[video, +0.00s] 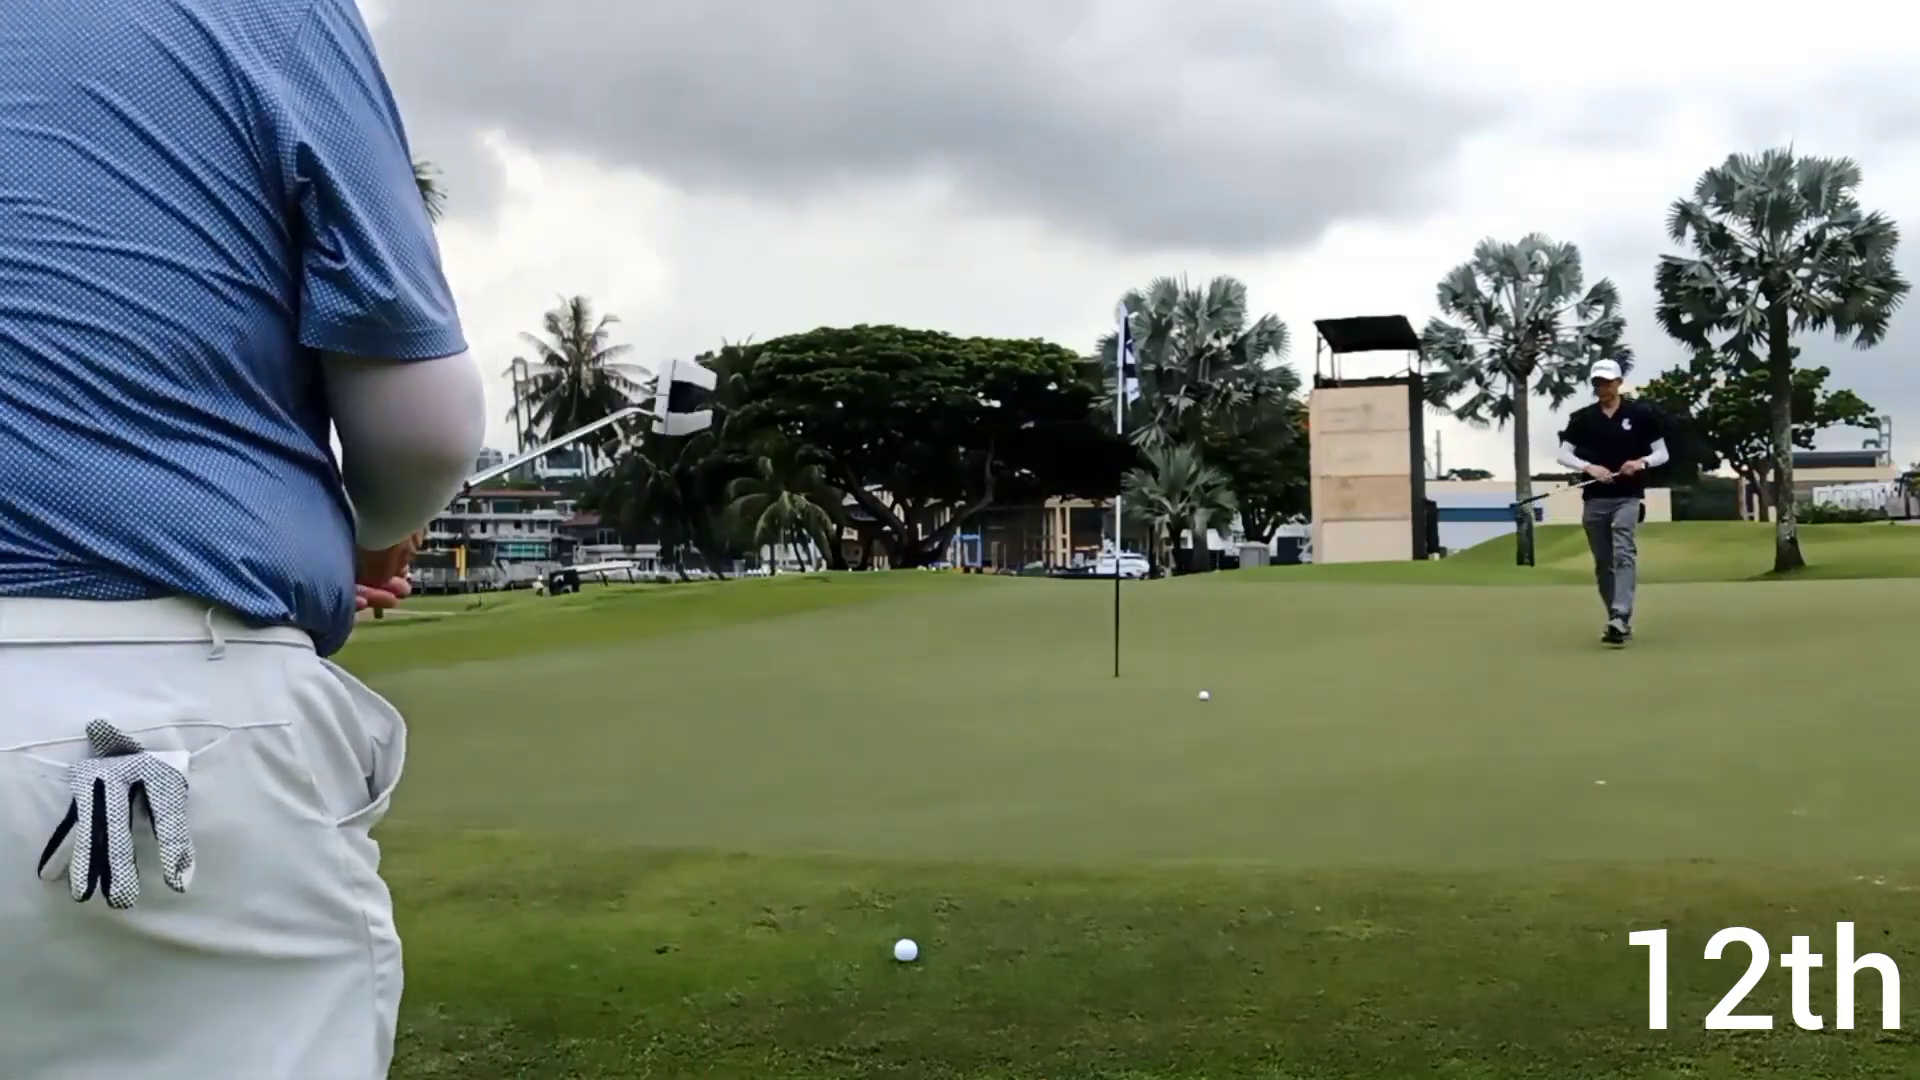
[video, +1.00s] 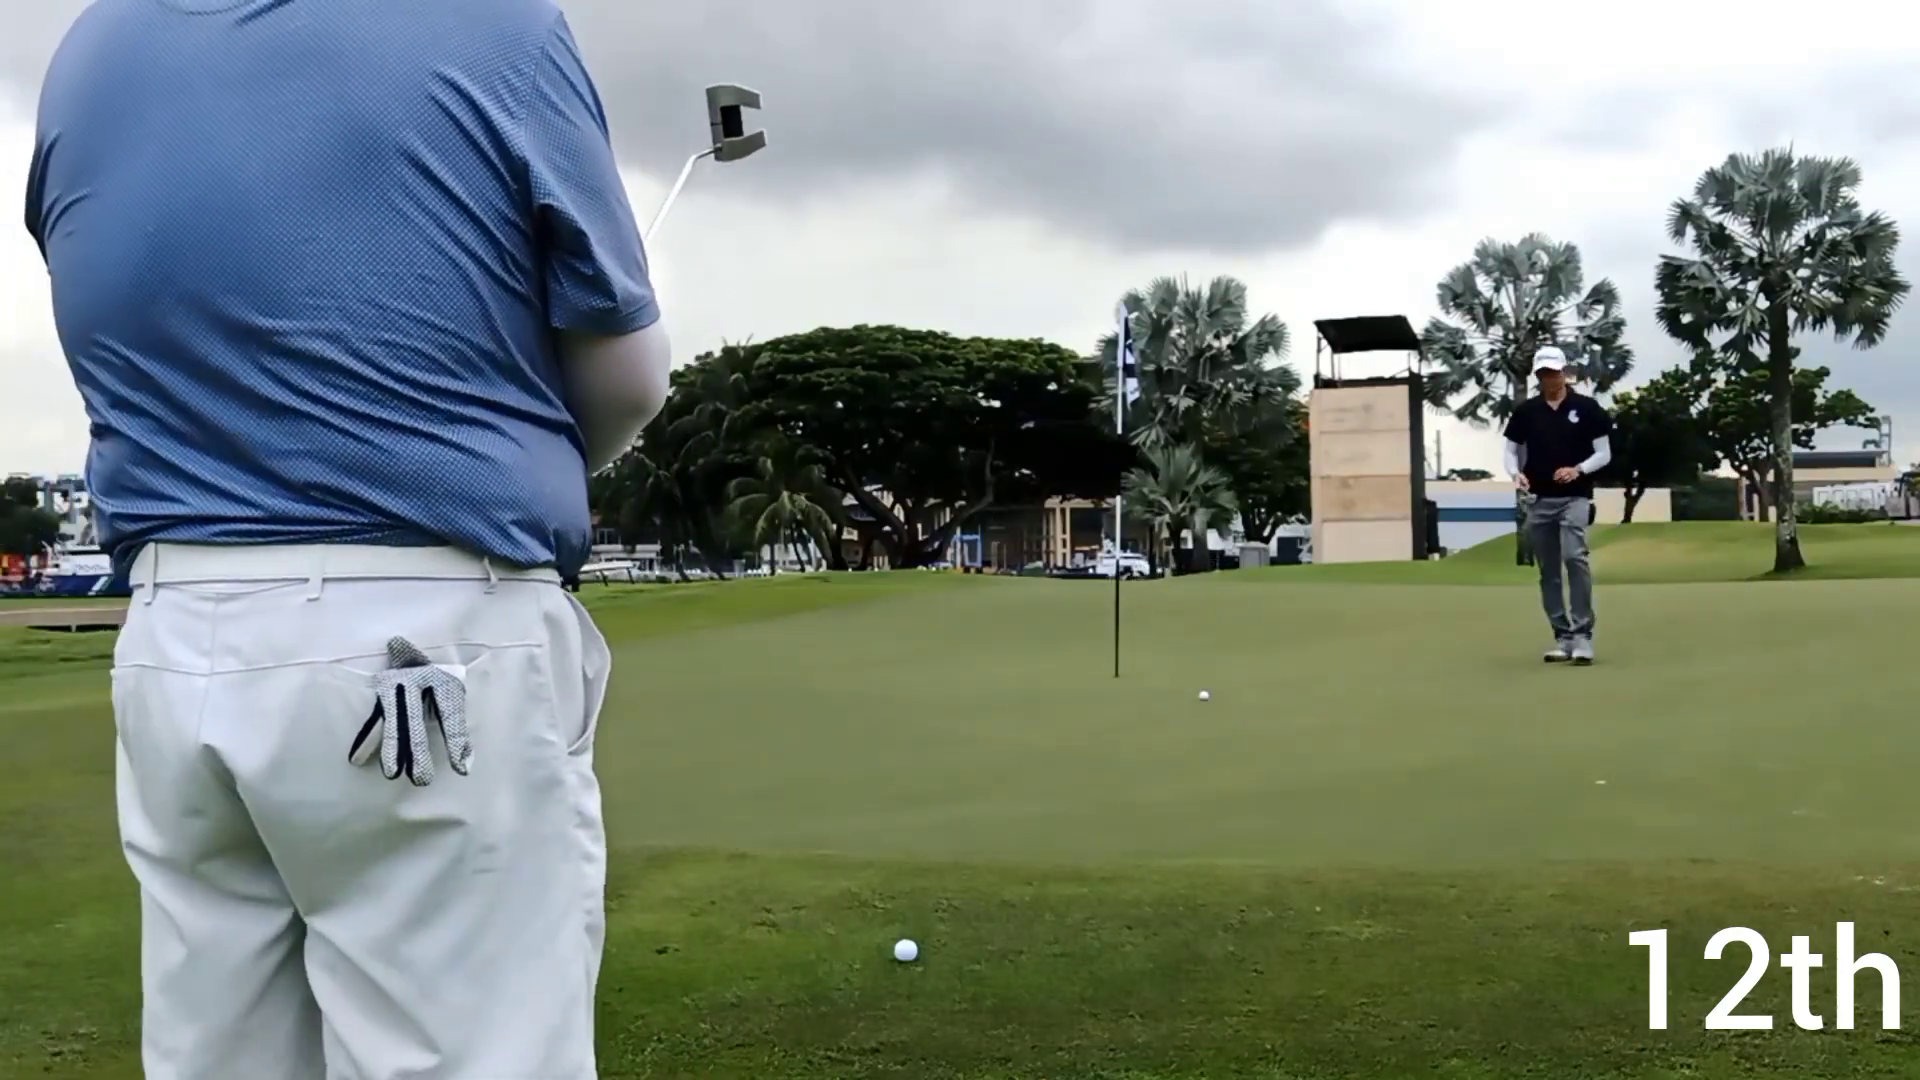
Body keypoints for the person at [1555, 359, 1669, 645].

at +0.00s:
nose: (1603, 388)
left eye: (1608, 382)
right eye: (1598, 383)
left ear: (1620, 383)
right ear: (1593, 385)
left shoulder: (1640, 414)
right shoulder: (1582, 418)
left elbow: (1662, 454)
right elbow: (1563, 455)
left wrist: (1640, 463)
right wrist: (1589, 468)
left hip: (1628, 499)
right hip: (1595, 500)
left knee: (1623, 554)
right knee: (1603, 562)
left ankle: (1620, 616)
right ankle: (1617, 617)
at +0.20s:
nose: (1600, 392)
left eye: (1606, 386)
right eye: (1595, 387)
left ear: (1616, 389)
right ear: (1589, 390)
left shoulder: (1632, 424)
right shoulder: (1578, 423)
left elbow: (1654, 466)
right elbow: (1558, 464)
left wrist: (1629, 475)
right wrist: (1578, 480)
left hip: (1618, 504)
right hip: (1587, 506)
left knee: (1612, 550)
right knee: (1583, 569)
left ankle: (1610, 627)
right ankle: (1603, 607)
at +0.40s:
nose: (1594, 382)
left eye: (1599, 376)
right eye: (1589, 377)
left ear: (1609, 379)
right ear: (1582, 380)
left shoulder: (1625, 414)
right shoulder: (1568, 414)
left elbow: (1643, 455)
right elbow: (1555, 452)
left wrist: (1607, 468)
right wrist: (1566, 473)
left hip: (1613, 503)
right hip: (1577, 502)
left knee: (1613, 567)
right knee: (1572, 557)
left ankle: (1609, 629)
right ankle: (1582, 617)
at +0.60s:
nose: (1582, 383)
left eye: (1587, 377)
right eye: (1576, 377)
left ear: (1596, 379)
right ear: (1567, 381)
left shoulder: (1615, 416)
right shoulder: (1556, 417)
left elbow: (1629, 459)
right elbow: (1544, 456)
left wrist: (1589, 473)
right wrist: (1550, 475)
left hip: (1604, 508)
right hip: (1567, 508)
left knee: (1610, 570)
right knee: (1564, 567)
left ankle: (1608, 630)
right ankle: (1562, 630)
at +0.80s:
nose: (1564, 383)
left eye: (1569, 377)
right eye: (1558, 378)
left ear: (1578, 380)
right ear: (1549, 382)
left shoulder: (1598, 415)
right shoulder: (1536, 421)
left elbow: (1612, 459)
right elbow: (1525, 459)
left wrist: (1575, 474)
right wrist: (1532, 477)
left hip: (1588, 509)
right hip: (1548, 509)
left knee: (1599, 572)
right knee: (1551, 573)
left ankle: (1604, 620)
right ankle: (1563, 639)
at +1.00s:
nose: (1548, 378)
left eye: (1553, 372)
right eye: (1543, 373)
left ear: (1564, 373)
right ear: (1536, 377)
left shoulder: (1587, 408)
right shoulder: (1525, 412)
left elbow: (1603, 453)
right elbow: (1510, 451)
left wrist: (1578, 470)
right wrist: (1515, 473)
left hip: (1575, 499)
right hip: (1540, 501)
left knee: (1574, 558)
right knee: (1548, 571)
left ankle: (1582, 635)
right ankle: (1562, 638)